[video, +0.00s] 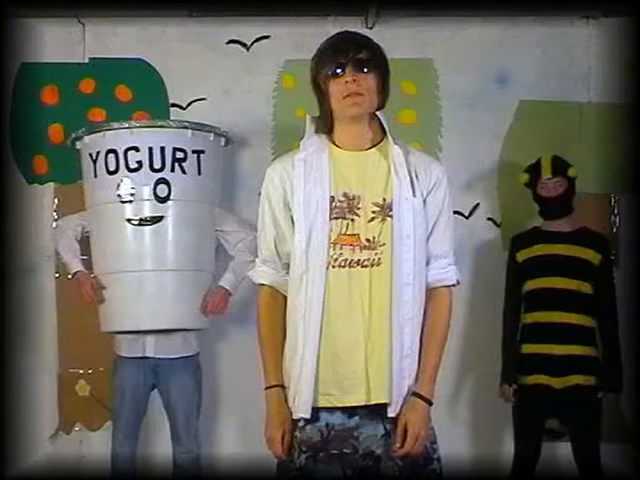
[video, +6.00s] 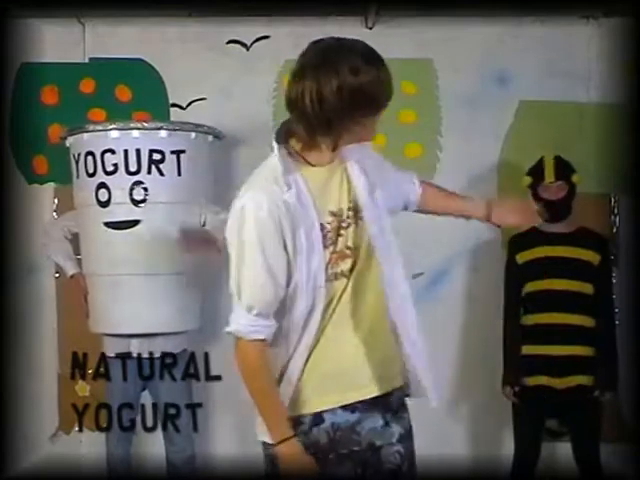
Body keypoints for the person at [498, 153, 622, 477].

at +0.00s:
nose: (549, 191)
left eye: (556, 183)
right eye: (542, 185)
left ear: (571, 187)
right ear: (533, 193)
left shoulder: (596, 245)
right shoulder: (521, 245)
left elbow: (607, 314)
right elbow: (511, 312)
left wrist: (612, 374)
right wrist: (507, 372)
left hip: (581, 373)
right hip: (532, 374)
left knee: (588, 462)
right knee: (524, 461)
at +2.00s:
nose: (553, 192)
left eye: (560, 185)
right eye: (545, 186)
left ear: (573, 187)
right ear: (536, 193)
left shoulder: (596, 245)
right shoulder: (521, 244)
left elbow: (604, 315)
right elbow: (512, 312)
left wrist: (606, 372)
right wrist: (509, 368)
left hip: (580, 375)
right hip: (531, 375)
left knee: (588, 462)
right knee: (524, 461)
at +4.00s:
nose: (531, 195)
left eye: (539, 186)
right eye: (530, 187)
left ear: (559, 189)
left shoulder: (596, 246)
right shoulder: (525, 244)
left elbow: (603, 318)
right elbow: (516, 313)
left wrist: (598, 376)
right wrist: (508, 367)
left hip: (578, 377)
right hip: (529, 376)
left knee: (587, 462)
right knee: (524, 459)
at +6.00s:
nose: (553, 197)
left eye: (561, 188)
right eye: (545, 189)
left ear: (573, 190)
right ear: (534, 194)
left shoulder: (596, 246)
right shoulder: (519, 246)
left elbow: (605, 314)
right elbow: (511, 314)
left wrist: (607, 373)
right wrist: (510, 370)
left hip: (582, 375)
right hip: (532, 375)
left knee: (589, 462)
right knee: (524, 460)